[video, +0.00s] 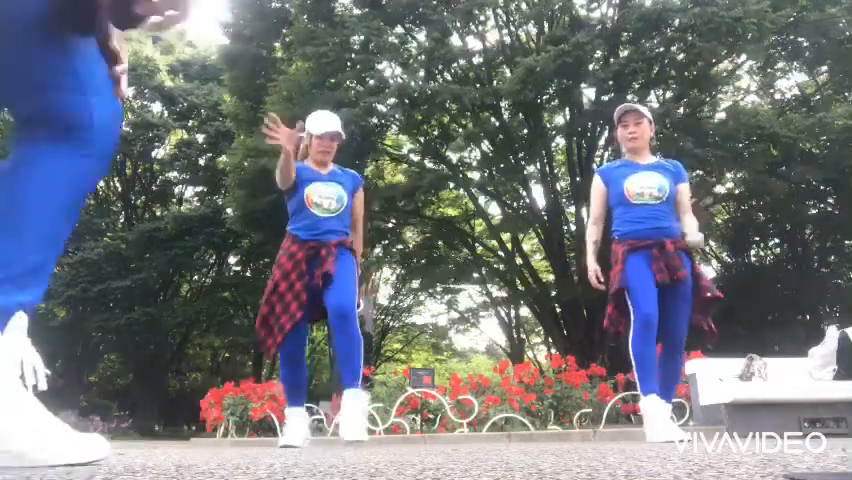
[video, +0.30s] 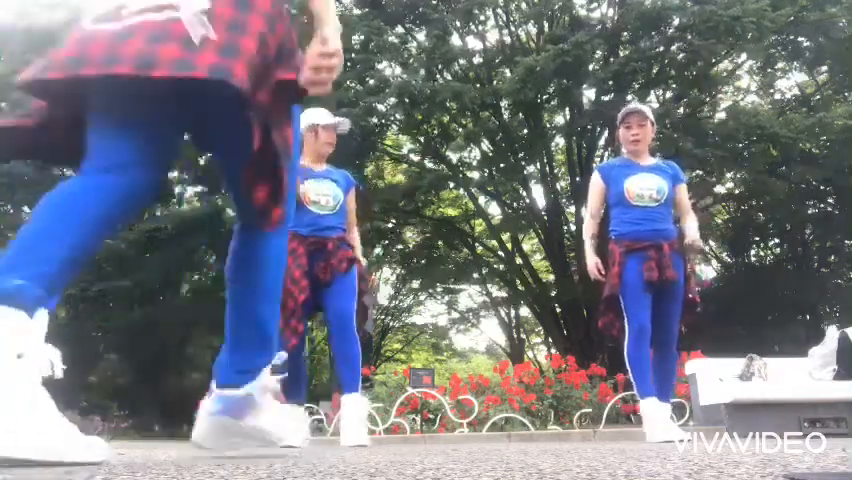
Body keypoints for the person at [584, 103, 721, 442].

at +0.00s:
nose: (631, 128)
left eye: (638, 122)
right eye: (624, 125)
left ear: (652, 129)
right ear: (617, 134)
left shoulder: (674, 168)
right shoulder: (606, 173)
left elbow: (686, 212)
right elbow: (595, 221)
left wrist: (692, 232)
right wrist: (591, 259)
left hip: (674, 251)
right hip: (634, 252)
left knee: (676, 337)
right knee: (646, 315)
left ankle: (663, 413)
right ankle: (649, 403)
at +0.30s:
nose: (634, 131)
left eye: (641, 125)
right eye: (627, 127)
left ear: (652, 131)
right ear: (618, 133)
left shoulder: (670, 170)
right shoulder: (605, 171)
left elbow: (686, 213)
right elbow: (592, 216)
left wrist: (691, 235)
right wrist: (589, 251)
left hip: (670, 253)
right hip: (630, 254)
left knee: (668, 333)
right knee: (639, 328)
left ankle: (664, 411)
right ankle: (649, 409)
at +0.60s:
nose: (636, 134)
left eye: (642, 128)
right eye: (628, 128)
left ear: (651, 133)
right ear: (617, 133)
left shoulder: (666, 171)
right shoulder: (602, 172)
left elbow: (679, 216)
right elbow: (589, 219)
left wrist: (690, 252)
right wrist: (587, 259)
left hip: (665, 253)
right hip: (625, 254)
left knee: (665, 333)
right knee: (636, 328)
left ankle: (662, 410)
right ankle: (633, 405)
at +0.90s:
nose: (641, 130)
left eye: (641, 125)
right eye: (633, 125)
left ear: (640, 131)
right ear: (612, 131)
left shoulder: (655, 169)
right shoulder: (594, 171)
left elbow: (673, 217)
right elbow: (582, 218)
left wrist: (692, 258)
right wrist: (577, 261)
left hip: (658, 255)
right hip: (619, 255)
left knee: (660, 334)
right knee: (625, 334)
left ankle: (661, 412)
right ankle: (630, 411)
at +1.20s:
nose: (644, 134)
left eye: (643, 129)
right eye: (638, 128)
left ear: (629, 133)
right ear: (618, 131)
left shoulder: (642, 170)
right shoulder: (595, 168)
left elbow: (654, 212)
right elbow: (590, 215)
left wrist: (666, 238)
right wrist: (607, 253)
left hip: (652, 256)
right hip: (620, 256)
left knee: (667, 331)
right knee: (620, 333)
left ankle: (663, 412)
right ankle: (627, 410)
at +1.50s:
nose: (654, 133)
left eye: (654, 128)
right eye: (648, 128)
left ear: (646, 135)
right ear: (627, 133)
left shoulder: (661, 172)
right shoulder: (607, 172)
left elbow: (675, 219)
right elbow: (600, 219)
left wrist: (691, 258)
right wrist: (613, 256)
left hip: (669, 257)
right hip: (632, 258)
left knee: (689, 336)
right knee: (626, 336)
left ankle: (703, 412)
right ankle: (629, 411)